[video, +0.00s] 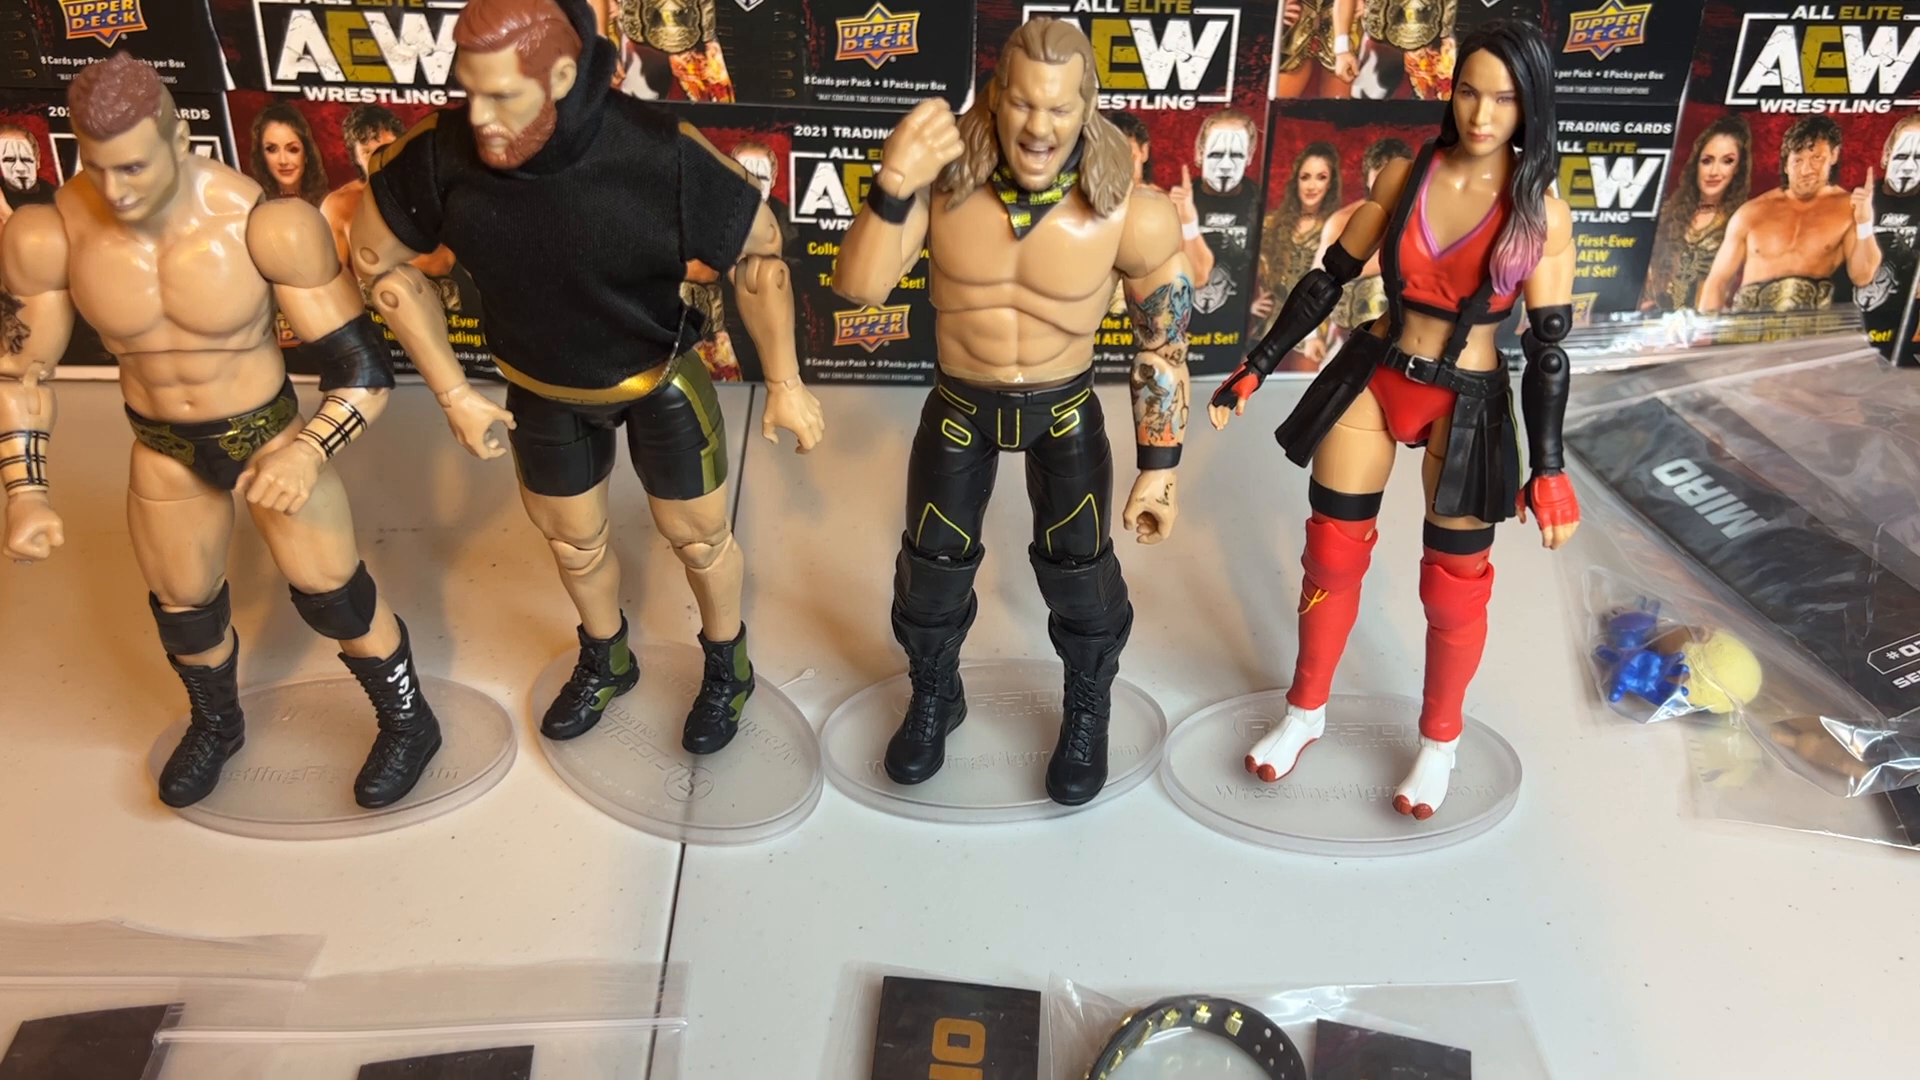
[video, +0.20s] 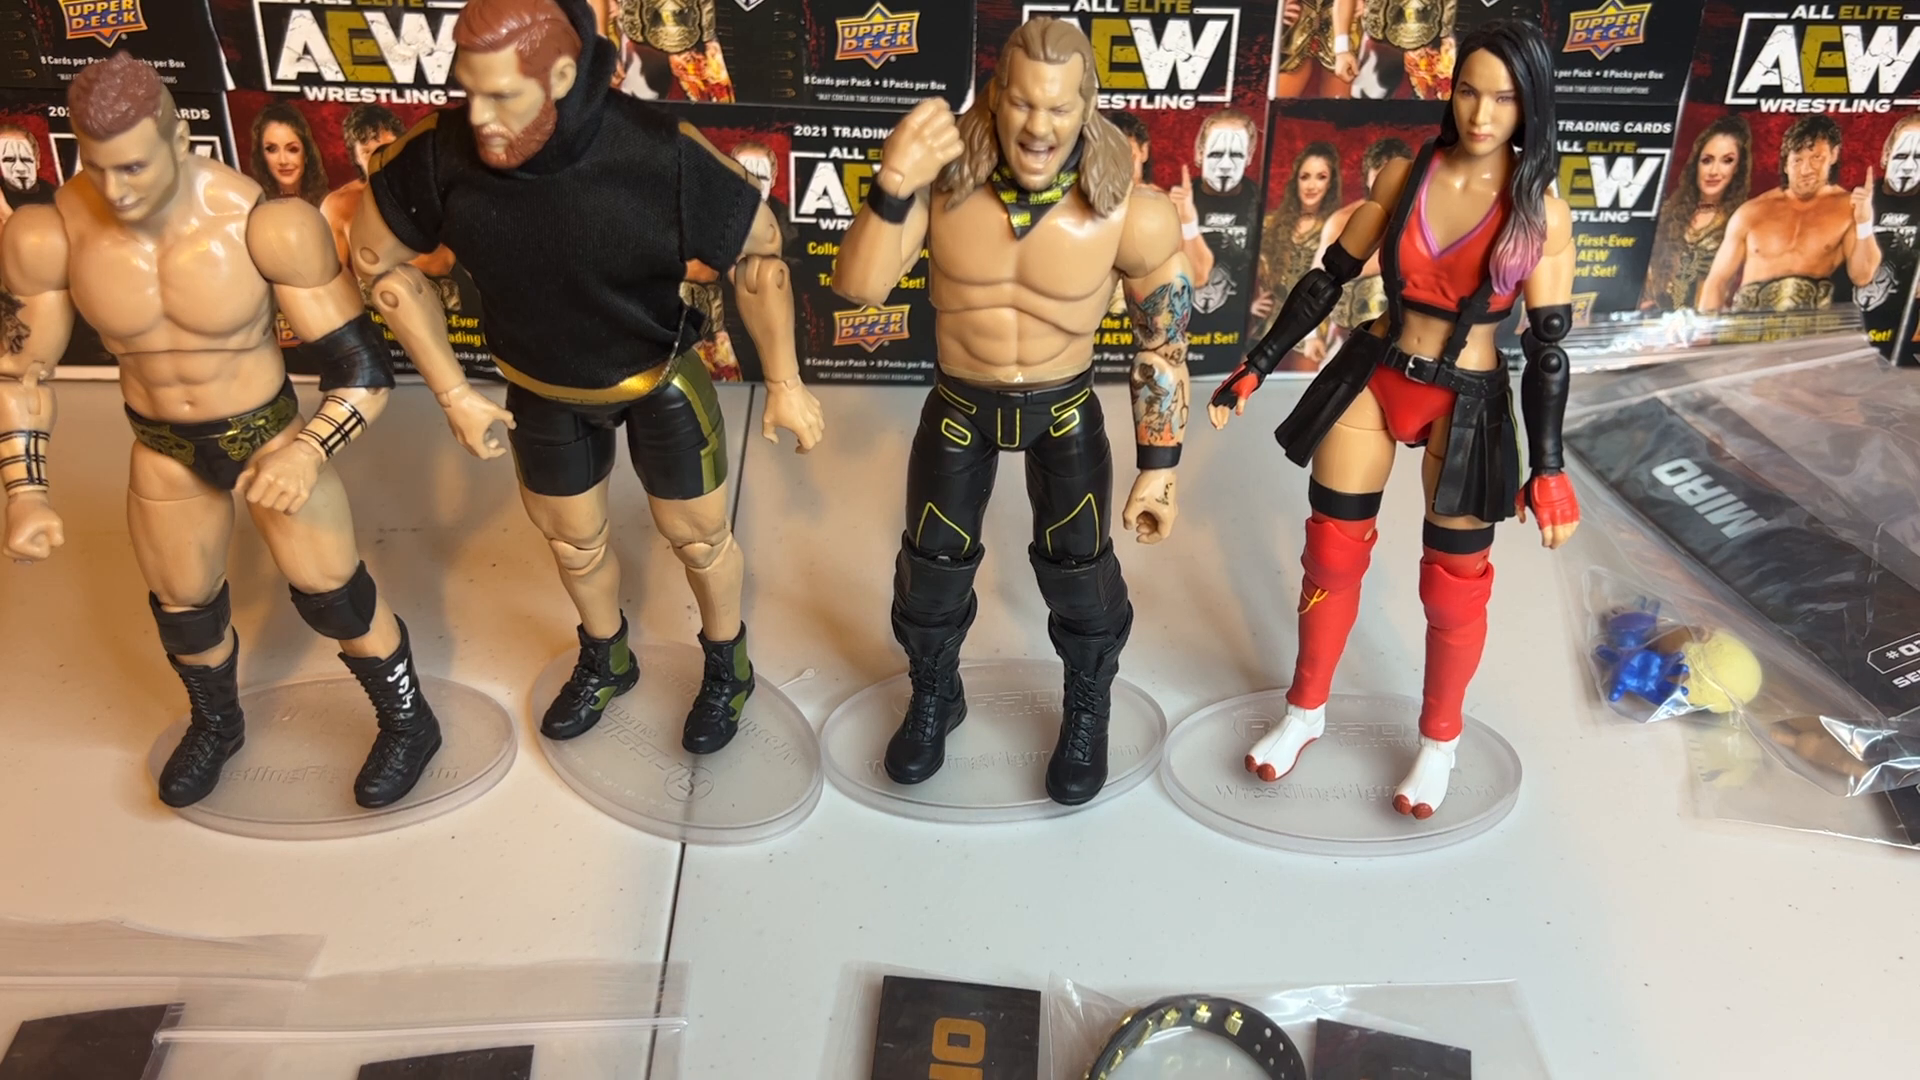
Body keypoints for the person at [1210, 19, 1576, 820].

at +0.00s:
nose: (1480, 113)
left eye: (1501, 99)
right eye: (1469, 94)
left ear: (1528, 108)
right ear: (1451, 94)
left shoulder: (1540, 209)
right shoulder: (1406, 175)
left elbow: (1548, 345)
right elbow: (1332, 274)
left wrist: (1549, 466)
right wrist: (1256, 364)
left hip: (1467, 404)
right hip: (1372, 382)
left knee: (1454, 591)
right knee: (1331, 559)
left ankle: (1438, 741)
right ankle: (1304, 710)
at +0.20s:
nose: (1479, 113)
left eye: (1500, 99)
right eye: (1469, 93)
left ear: (1529, 109)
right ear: (1450, 93)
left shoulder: (1539, 207)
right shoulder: (1406, 175)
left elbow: (1548, 343)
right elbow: (1333, 274)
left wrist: (1549, 465)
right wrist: (1256, 364)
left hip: (1467, 403)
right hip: (1372, 381)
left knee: (1453, 591)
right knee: (1331, 559)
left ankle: (1438, 742)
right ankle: (1304, 710)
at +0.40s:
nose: (1480, 113)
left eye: (1501, 98)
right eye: (1469, 93)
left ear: (1528, 108)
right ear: (1450, 94)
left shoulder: (1540, 208)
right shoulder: (1406, 175)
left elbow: (1549, 345)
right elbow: (1332, 274)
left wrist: (1549, 466)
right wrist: (1256, 364)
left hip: (1467, 404)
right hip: (1372, 382)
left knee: (1454, 590)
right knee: (1331, 559)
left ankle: (1438, 742)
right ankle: (1304, 710)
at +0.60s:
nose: (1479, 113)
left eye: (1501, 99)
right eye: (1469, 93)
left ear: (1529, 108)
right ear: (1451, 94)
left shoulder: (1540, 209)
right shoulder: (1406, 175)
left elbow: (1549, 345)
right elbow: (1332, 274)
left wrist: (1549, 466)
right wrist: (1256, 364)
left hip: (1467, 404)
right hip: (1372, 382)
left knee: (1453, 591)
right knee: (1331, 559)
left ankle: (1438, 741)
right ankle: (1304, 709)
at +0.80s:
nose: (1480, 114)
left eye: (1501, 99)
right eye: (1469, 94)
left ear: (1529, 108)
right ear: (1451, 94)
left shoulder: (1540, 209)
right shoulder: (1406, 175)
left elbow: (1549, 344)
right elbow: (1333, 273)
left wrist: (1549, 466)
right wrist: (1257, 364)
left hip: (1467, 405)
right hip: (1371, 383)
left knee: (1454, 591)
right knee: (1331, 559)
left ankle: (1438, 742)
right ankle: (1304, 710)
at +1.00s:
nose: (1480, 113)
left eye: (1501, 99)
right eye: (1469, 94)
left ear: (1529, 108)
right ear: (1450, 94)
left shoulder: (1540, 209)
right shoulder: (1406, 175)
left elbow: (1549, 345)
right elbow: (1333, 273)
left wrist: (1549, 466)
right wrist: (1256, 364)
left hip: (1467, 405)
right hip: (1372, 383)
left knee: (1454, 590)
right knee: (1331, 560)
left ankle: (1438, 742)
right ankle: (1304, 710)